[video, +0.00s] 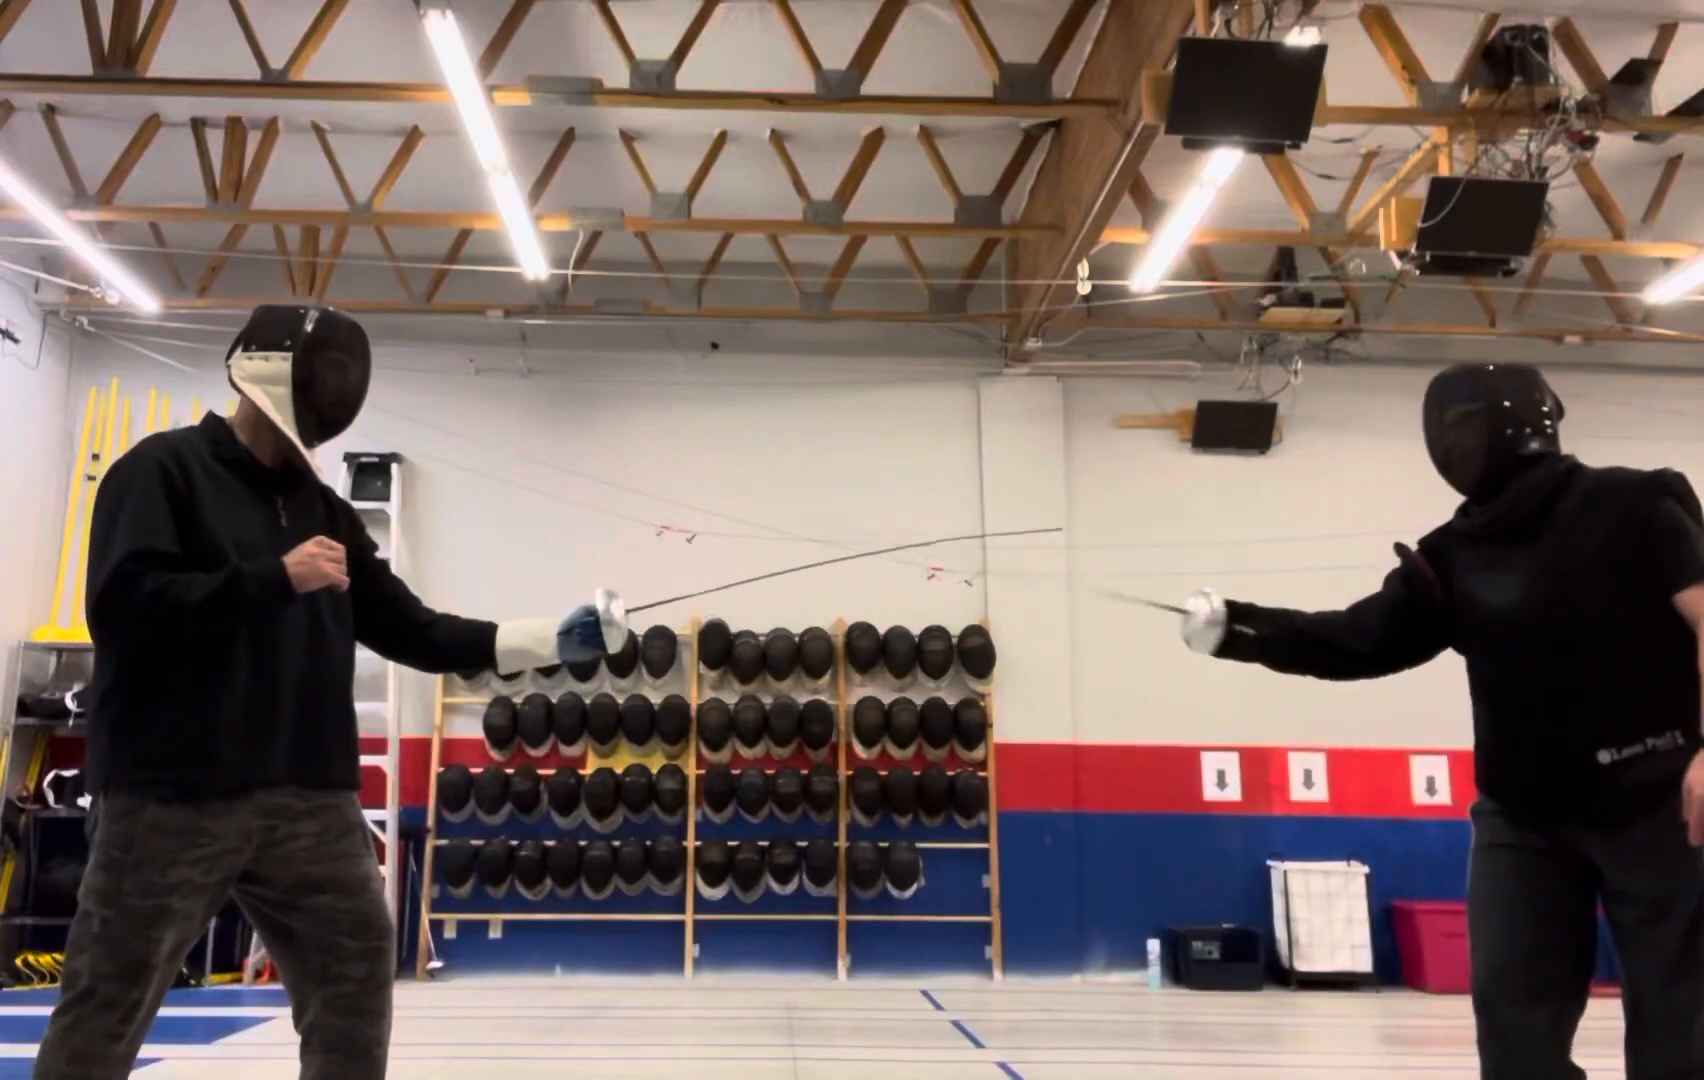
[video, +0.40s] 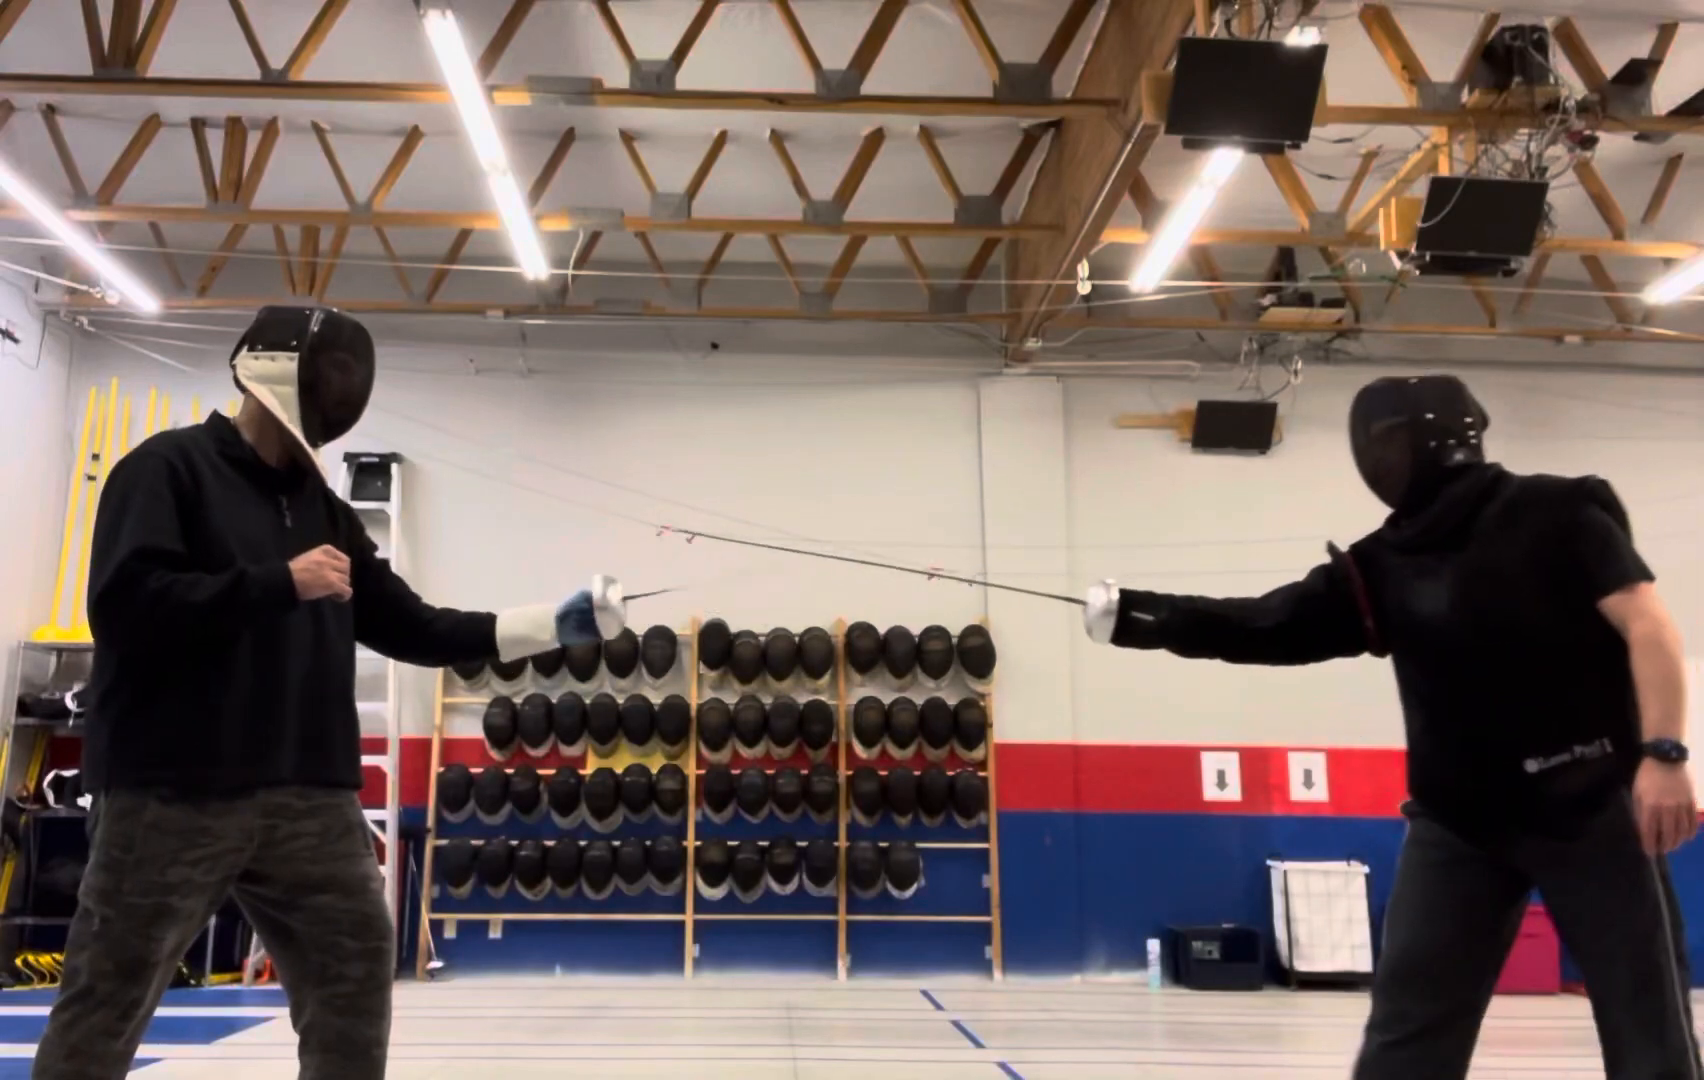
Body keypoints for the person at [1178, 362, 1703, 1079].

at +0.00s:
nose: (1445, 451)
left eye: (1456, 430)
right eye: (1439, 435)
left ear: (1500, 424)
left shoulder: (1643, 508)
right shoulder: (1452, 560)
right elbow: (1360, 638)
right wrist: (1239, 630)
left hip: (1659, 813)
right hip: (1523, 825)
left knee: (1674, 1048)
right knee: (1517, 1049)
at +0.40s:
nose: (1371, 469)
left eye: (1377, 449)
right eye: (1368, 454)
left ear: (1421, 441)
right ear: (1447, 438)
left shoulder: (1563, 513)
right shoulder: (1384, 566)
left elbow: (1649, 626)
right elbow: (1269, 622)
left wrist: (1666, 752)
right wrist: (1139, 617)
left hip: (1592, 814)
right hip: (1458, 830)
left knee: (1650, 1041)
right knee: (1405, 1045)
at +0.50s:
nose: (1326, 473)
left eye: (1332, 454)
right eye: (1325, 458)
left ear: (1368, 451)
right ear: (1410, 443)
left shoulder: (1516, 521)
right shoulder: (1342, 577)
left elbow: (1605, 633)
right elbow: (1232, 633)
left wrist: (1628, 760)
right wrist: (1101, 626)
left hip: (1551, 821)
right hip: (1420, 839)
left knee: (1629, 1042)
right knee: (1367, 1043)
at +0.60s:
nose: (1272, 472)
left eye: (1283, 451)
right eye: (1268, 457)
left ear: (1332, 441)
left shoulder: (1456, 519)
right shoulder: (1292, 578)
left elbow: (1545, 633)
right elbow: (1186, 643)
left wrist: (1573, 761)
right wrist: (1050, 631)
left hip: (1493, 820)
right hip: (1365, 835)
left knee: (1593, 1045)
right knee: (1314, 1056)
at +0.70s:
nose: (1220, 466)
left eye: (1228, 444)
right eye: (1215, 450)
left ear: (1280, 433)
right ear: (1259, 444)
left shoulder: (1404, 508)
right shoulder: (1242, 569)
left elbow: (1489, 617)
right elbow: (1146, 644)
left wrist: (1497, 743)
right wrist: (1017, 634)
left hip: (1441, 804)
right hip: (1316, 826)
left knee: (1554, 1031)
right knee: (1283, 1049)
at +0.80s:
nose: (1179, 446)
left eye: (1188, 426)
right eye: (1177, 431)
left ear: (1231, 426)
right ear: (1250, 431)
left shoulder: (1358, 497)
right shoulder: (1195, 563)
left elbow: (1443, 611)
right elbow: (1096, 632)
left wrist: (1421, 726)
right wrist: (964, 622)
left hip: (1405, 789)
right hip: (1285, 815)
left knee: (1514, 1000)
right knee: (1273, 1042)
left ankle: (1575, 1074)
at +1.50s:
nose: (1182, 448)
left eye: (1191, 428)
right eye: (1181, 432)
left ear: (1234, 424)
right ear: (1260, 423)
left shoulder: (1360, 504)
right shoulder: (1210, 561)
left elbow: (1443, 619)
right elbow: (1158, 677)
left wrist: (1402, 730)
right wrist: (1037, 702)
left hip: (1408, 793)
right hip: (1288, 815)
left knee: (1517, 990)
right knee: (1267, 1039)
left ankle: (1590, 1079)